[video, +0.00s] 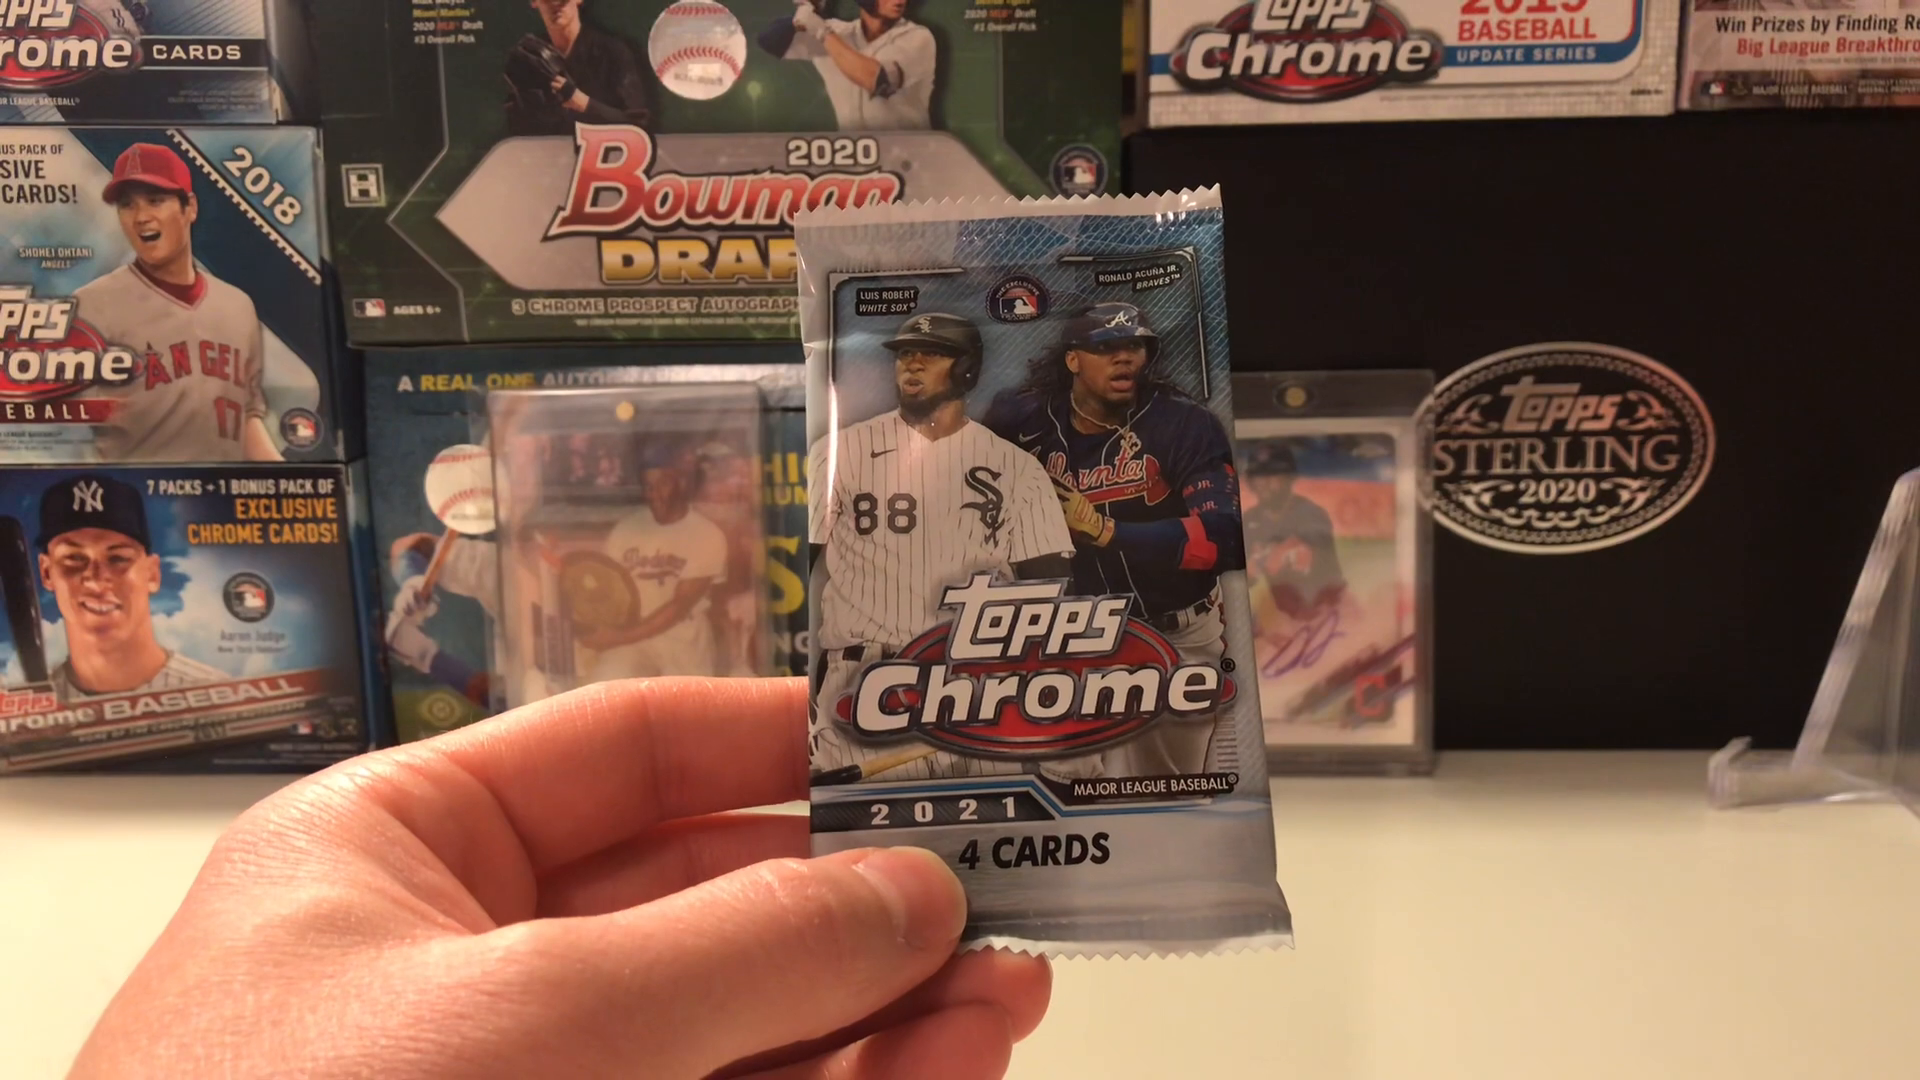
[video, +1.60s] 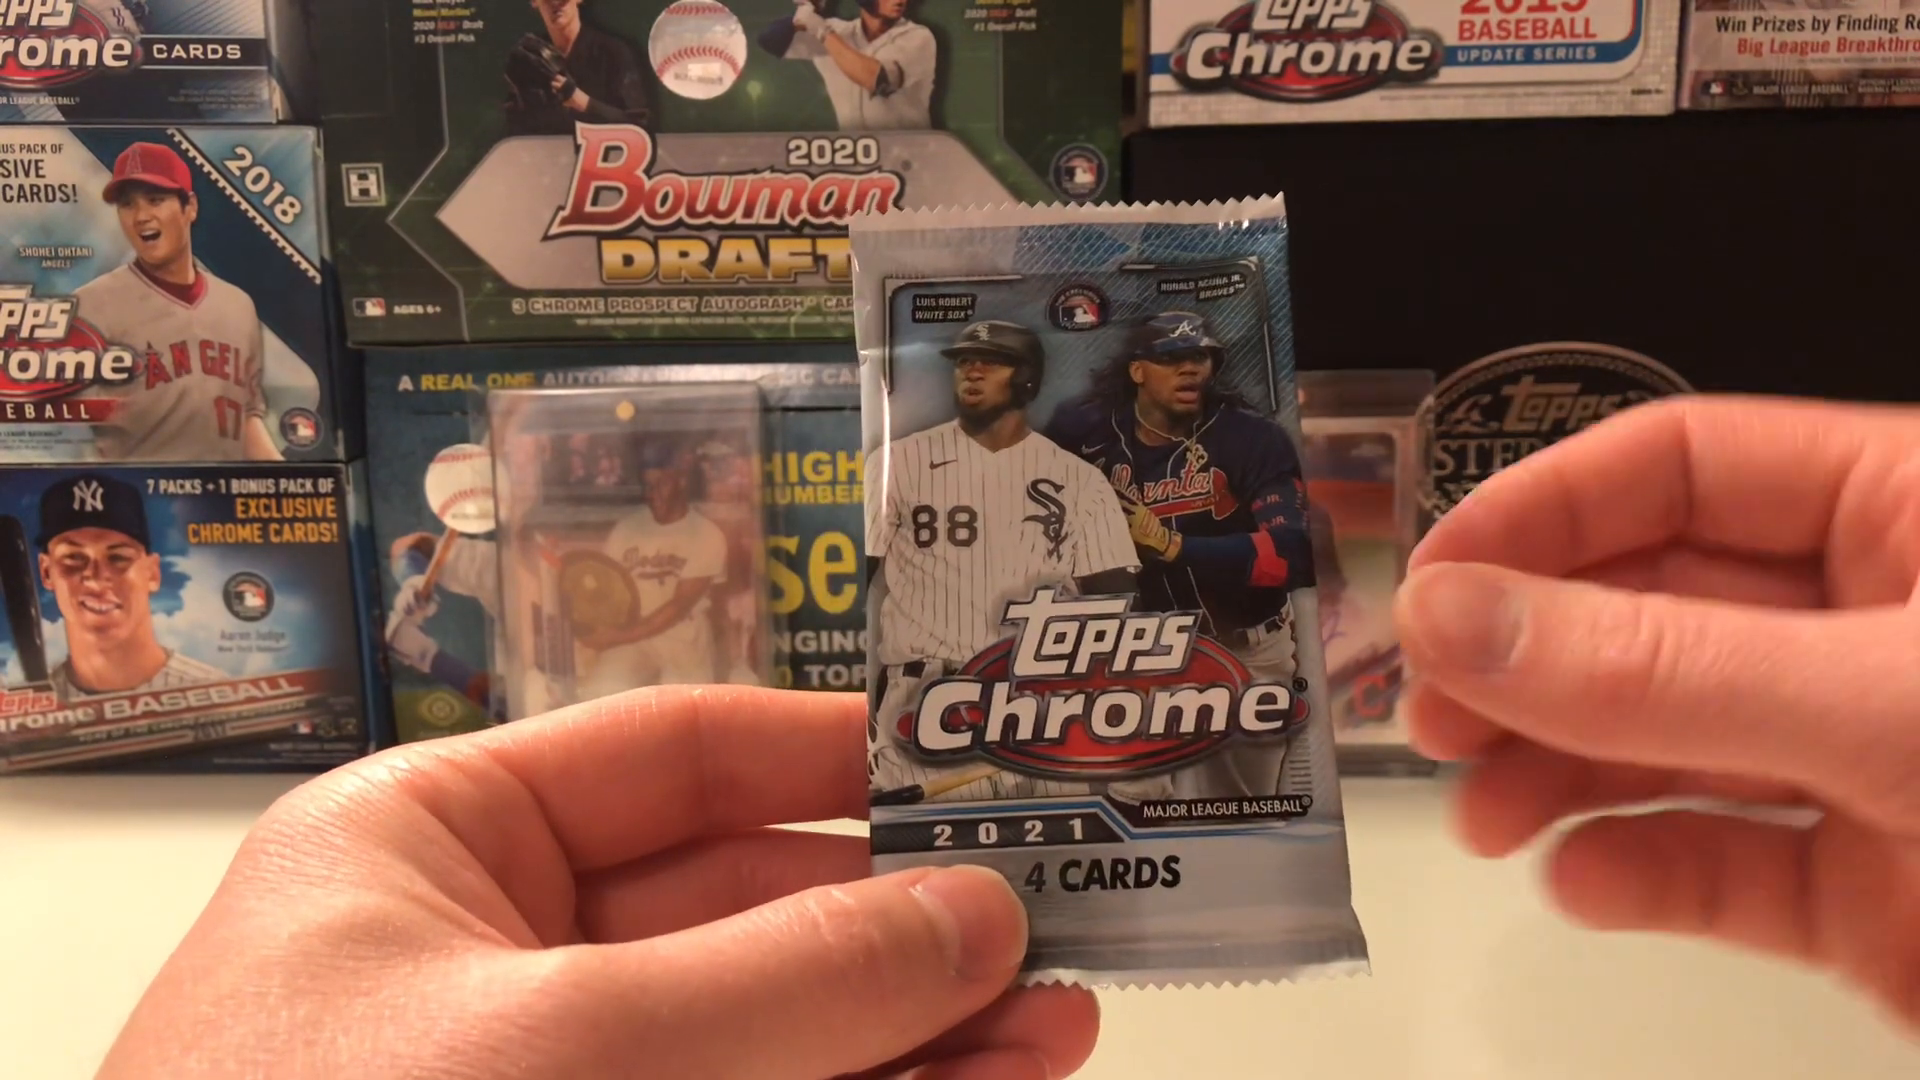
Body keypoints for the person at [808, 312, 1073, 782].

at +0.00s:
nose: (911, 365)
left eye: (929, 354)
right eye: (904, 354)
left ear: (965, 369)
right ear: (894, 364)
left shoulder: (1016, 471)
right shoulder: (838, 455)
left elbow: (1047, 594)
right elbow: (787, 569)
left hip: (972, 694)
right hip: (854, 691)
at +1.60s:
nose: (971, 373)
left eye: (989, 363)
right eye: (964, 362)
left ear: (1024, 378)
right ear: (953, 372)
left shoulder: (1079, 481)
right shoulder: (896, 465)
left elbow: (1114, 603)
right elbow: (852, 587)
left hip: (1038, 717)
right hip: (917, 714)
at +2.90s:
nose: (1032, 370)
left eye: (1051, 360)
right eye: (1025, 359)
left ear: (1087, 377)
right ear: (1014, 369)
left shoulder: (1145, 483)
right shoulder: (957, 464)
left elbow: (1178, 611)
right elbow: (910, 593)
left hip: (1100, 716)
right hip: (979, 714)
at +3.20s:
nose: (1028, 369)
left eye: (1046, 359)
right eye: (1021, 358)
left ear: (1083, 375)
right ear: (1010, 368)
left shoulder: (1139, 478)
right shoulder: (951, 462)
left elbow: (1172, 606)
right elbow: (912, 588)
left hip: (1099, 717)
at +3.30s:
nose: (1038, 376)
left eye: (1055, 366)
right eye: (1031, 365)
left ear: (1091, 382)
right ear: (1020, 375)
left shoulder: (1147, 485)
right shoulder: (959, 468)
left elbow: (1183, 611)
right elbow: (934, 593)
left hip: (1102, 711)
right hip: (982, 710)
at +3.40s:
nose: (1045, 379)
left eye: (1062, 368)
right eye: (1037, 368)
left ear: (1098, 384)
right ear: (1027, 378)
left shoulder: (1156, 486)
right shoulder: (970, 471)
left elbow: (1191, 613)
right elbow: (946, 594)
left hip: (1111, 714)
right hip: (993, 714)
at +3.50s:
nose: (1044, 357)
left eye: (1063, 343)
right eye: (1035, 345)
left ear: (1102, 353)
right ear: (1023, 355)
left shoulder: (1168, 462)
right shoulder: (980, 462)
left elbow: (1210, 591)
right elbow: (972, 593)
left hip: (1142, 732)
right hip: (1022, 738)